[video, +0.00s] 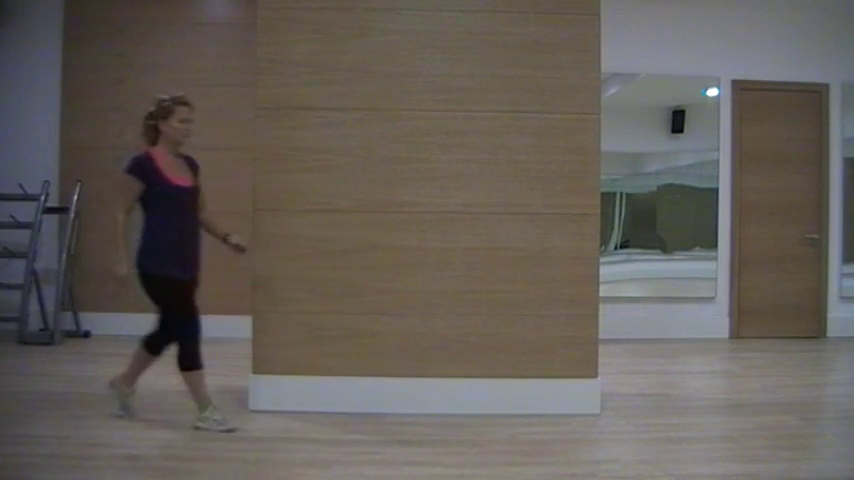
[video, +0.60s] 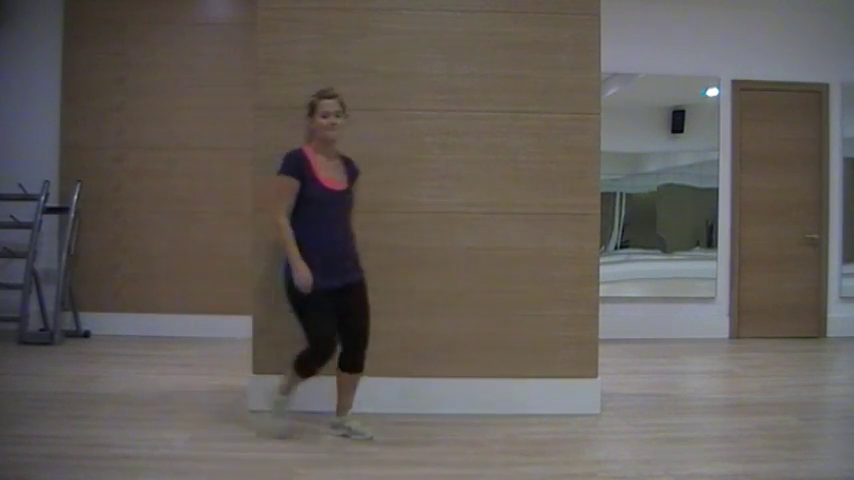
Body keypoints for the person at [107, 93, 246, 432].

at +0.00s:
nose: (188, 128)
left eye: (190, 122)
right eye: (182, 122)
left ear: (190, 126)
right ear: (161, 124)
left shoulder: (189, 165)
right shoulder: (144, 163)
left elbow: (198, 213)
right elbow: (121, 210)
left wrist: (227, 238)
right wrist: (121, 258)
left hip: (186, 263)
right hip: (157, 262)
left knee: (169, 327)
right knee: (188, 325)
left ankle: (124, 382)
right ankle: (205, 408)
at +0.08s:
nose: (209, 130)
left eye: (211, 124)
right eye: (202, 123)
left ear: (210, 127)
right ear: (182, 126)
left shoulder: (207, 165)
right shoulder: (167, 166)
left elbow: (210, 219)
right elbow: (147, 217)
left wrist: (243, 234)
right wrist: (142, 266)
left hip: (208, 261)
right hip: (178, 262)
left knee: (212, 330)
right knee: (209, 330)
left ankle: (156, 376)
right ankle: (210, 409)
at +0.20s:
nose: (240, 124)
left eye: (242, 119)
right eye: (233, 118)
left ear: (243, 123)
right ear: (213, 120)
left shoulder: (235, 160)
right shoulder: (199, 159)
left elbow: (235, 213)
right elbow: (187, 215)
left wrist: (254, 236)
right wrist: (186, 266)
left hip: (239, 260)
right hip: (211, 262)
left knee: (264, 323)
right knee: (219, 330)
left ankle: (235, 394)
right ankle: (209, 408)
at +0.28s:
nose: (261, 123)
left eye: (263, 117)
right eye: (255, 116)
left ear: (261, 121)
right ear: (233, 119)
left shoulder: (250, 156)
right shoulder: (223, 156)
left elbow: (255, 213)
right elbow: (211, 211)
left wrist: (270, 251)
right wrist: (226, 258)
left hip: (258, 257)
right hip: (229, 258)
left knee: (284, 323)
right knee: (224, 333)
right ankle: (212, 409)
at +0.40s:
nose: (290, 127)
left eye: (293, 121)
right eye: (283, 120)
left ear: (294, 125)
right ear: (263, 123)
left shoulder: (283, 163)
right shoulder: (254, 161)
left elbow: (283, 216)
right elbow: (244, 214)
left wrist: (294, 251)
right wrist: (280, 251)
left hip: (291, 263)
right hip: (260, 265)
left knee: (316, 334)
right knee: (249, 337)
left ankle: (338, 412)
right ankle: (214, 407)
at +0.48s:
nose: (307, 127)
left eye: (311, 121)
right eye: (299, 121)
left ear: (315, 125)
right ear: (283, 124)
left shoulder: (309, 167)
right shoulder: (273, 162)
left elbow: (310, 221)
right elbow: (263, 217)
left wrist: (323, 259)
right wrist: (296, 251)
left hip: (316, 265)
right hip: (281, 267)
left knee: (341, 334)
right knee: (279, 346)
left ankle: (342, 415)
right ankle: (231, 396)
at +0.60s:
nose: (332, 121)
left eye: (337, 115)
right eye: (325, 115)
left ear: (343, 121)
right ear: (310, 121)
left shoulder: (348, 168)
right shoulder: (297, 161)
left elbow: (345, 220)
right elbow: (279, 215)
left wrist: (351, 261)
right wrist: (298, 264)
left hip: (346, 268)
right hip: (309, 269)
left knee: (356, 341)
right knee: (323, 345)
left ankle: (343, 415)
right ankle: (284, 389)